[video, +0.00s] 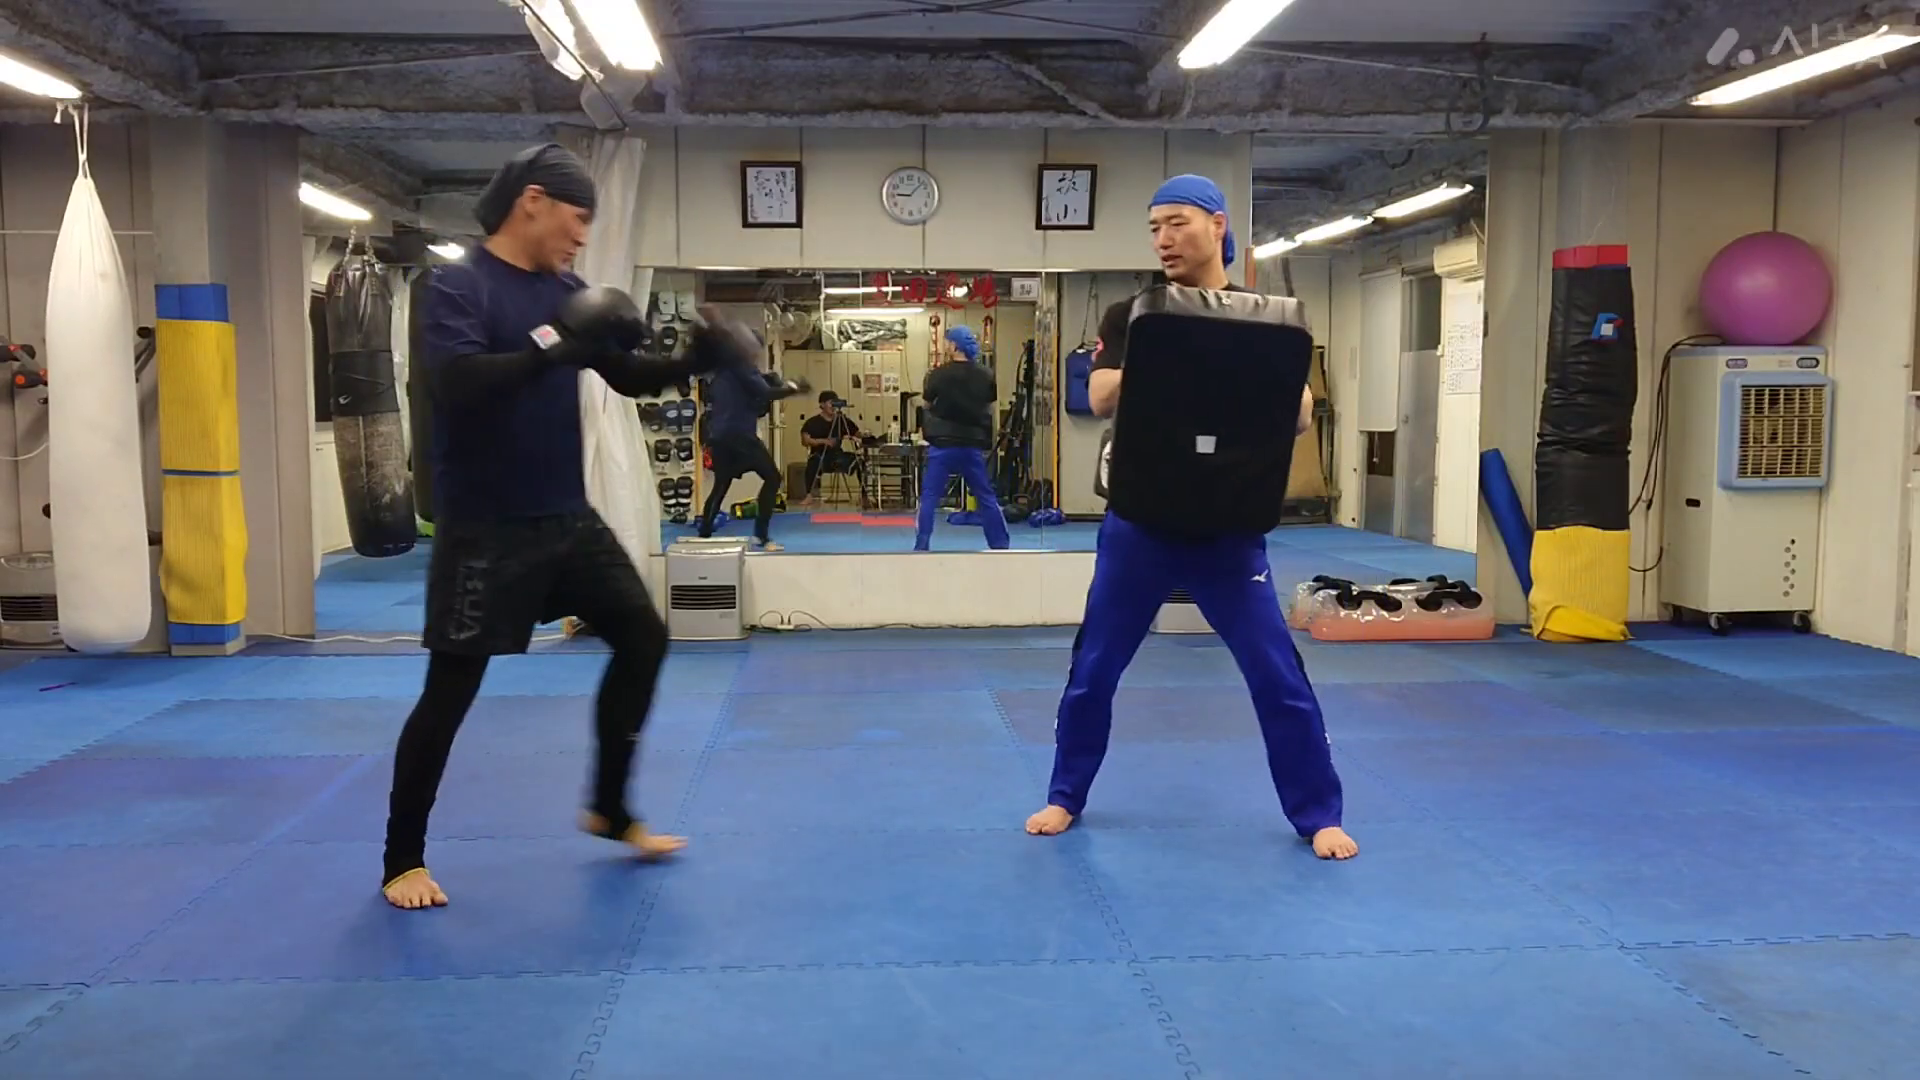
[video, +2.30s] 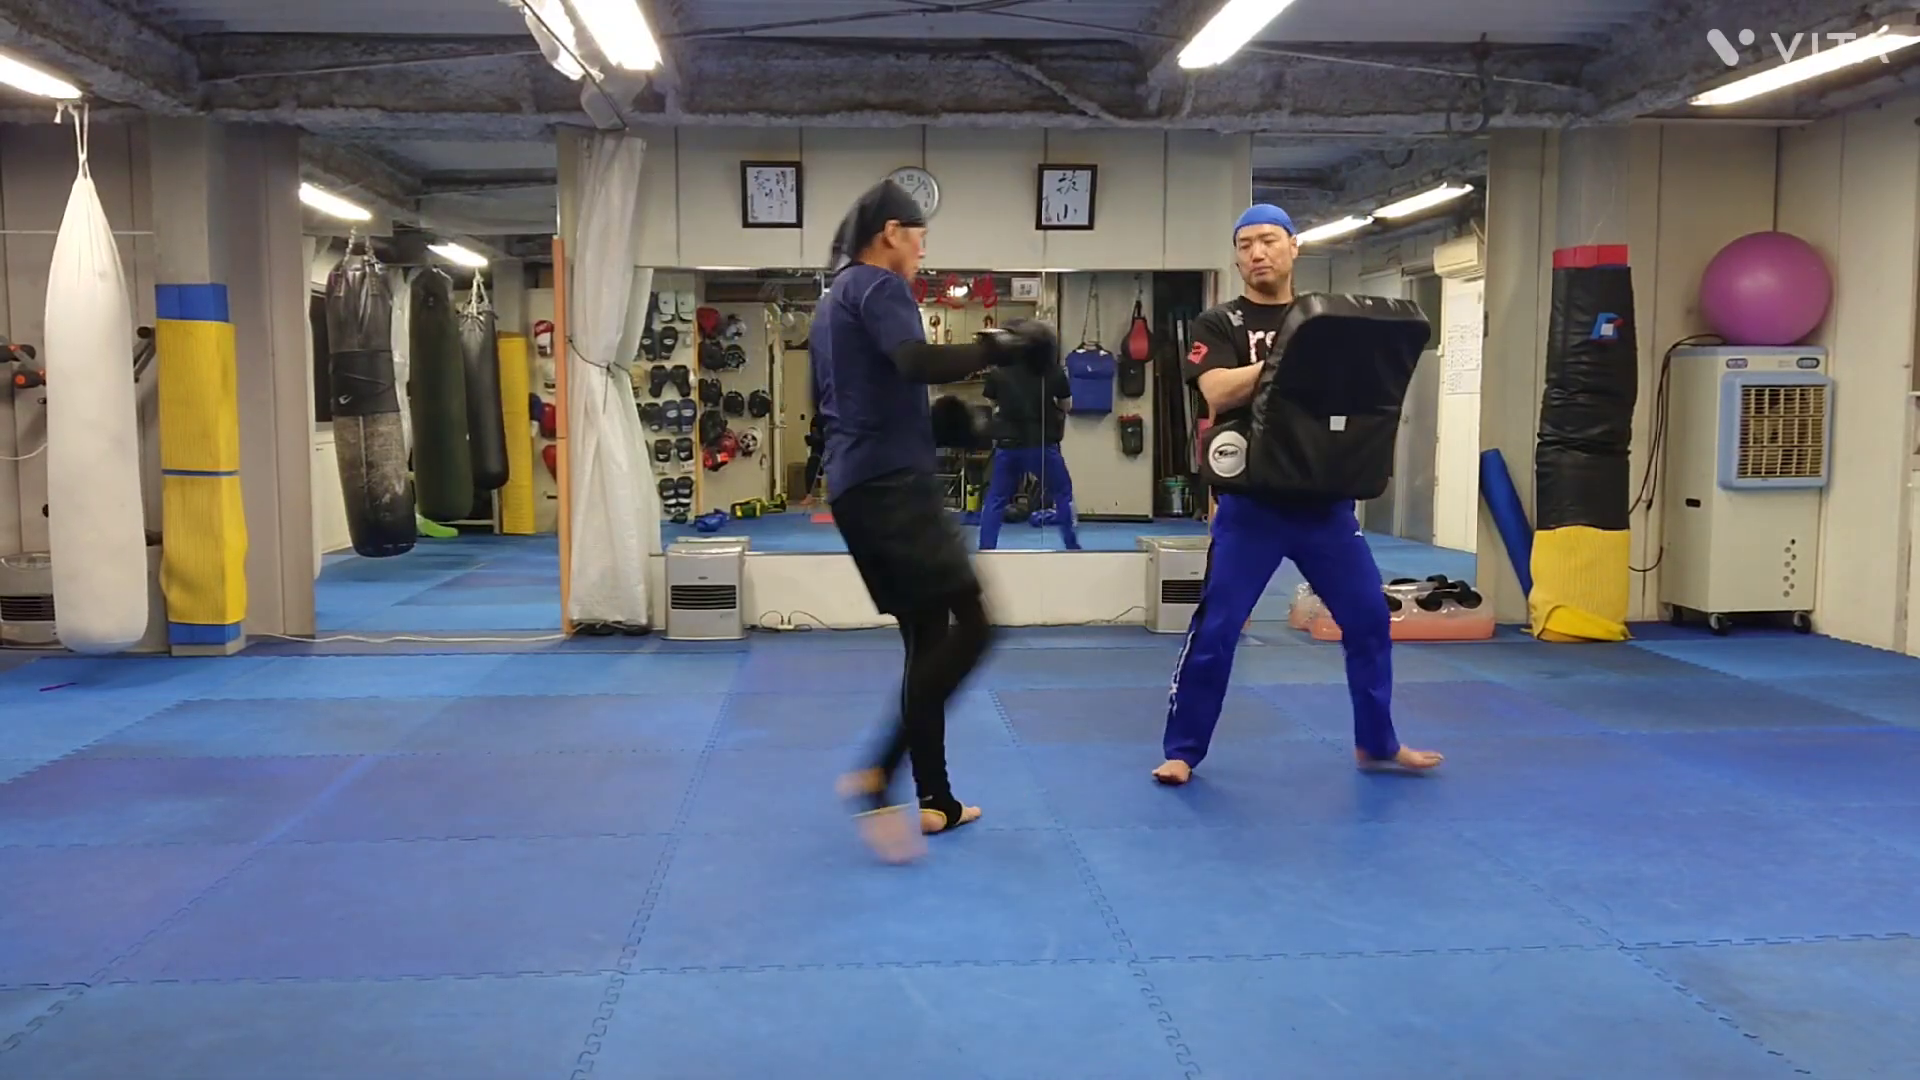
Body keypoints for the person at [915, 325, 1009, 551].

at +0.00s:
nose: (945, 347)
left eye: (947, 343)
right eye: (946, 342)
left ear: (954, 346)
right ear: (970, 347)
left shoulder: (941, 373)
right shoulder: (985, 375)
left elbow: (928, 395)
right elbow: (991, 398)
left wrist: (936, 372)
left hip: (943, 443)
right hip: (973, 443)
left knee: (930, 496)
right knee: (985, 495)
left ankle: (921, 545)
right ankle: (1000, 545)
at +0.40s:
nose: (945, 350)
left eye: (945, 346)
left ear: (943, 350)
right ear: (967, 348)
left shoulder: (932, 374)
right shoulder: (979, 375)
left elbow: (924, 405)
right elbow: (986, 407)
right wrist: (966, 414)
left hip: (939, 445)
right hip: (969, 444)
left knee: (928, 497)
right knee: (983, 495)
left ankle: (921, 546)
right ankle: (999, 544)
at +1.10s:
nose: (968, 351)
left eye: (971, 347)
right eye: (970, 347)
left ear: (978, 351)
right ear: (993, 351)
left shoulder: (964, 379)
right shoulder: (1008, 378)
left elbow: (952, 411)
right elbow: (1020, 412)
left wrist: (973, 420)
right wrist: (999, 422)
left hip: (966, 450)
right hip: (997, 450)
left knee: (943, 501)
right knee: (1013, 503)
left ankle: (922, 549)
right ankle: (1033, 550)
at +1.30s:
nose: (983, 342)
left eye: (986, 338)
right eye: (985, 337)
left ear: (995, 343)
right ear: (1009, 343)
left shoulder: (982, 371)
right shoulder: (1025, 371)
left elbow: (968, 403)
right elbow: (1035, 397)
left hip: (985, 443)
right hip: (1015, 443)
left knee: (964, 492)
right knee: (1022, 497)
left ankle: (953, 544)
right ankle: (1034, 548)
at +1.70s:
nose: (990, 344)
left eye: (993, 340)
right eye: (992, 340)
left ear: (1000, 345)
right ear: (1017, 344)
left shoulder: (989, 374)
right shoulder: (1036, 373)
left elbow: (978, 406)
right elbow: (1049, 404)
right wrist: (1036, 421)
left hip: (994, 444)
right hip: (1025, 444)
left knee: (987, 499)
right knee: (1043, 495)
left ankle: (986, 552)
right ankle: (1063, 546)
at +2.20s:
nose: (1007, 341)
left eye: (1007, 338)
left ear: (1009, 338)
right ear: (1031, 336)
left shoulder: (1000, 362)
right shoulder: (1045, 361)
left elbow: (986, 395)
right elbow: (1054, 397)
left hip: (1005, 436)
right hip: (1039, 436)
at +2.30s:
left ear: (1020, 348)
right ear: (1048, 351)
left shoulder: (1002, 370)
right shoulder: (1052, 372)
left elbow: (990, 398)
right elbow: (1066, 404)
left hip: (1008, 444)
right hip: (1042, 444)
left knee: (996, 498)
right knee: (1062, 491)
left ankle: (986, 551)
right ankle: (1071, 546)